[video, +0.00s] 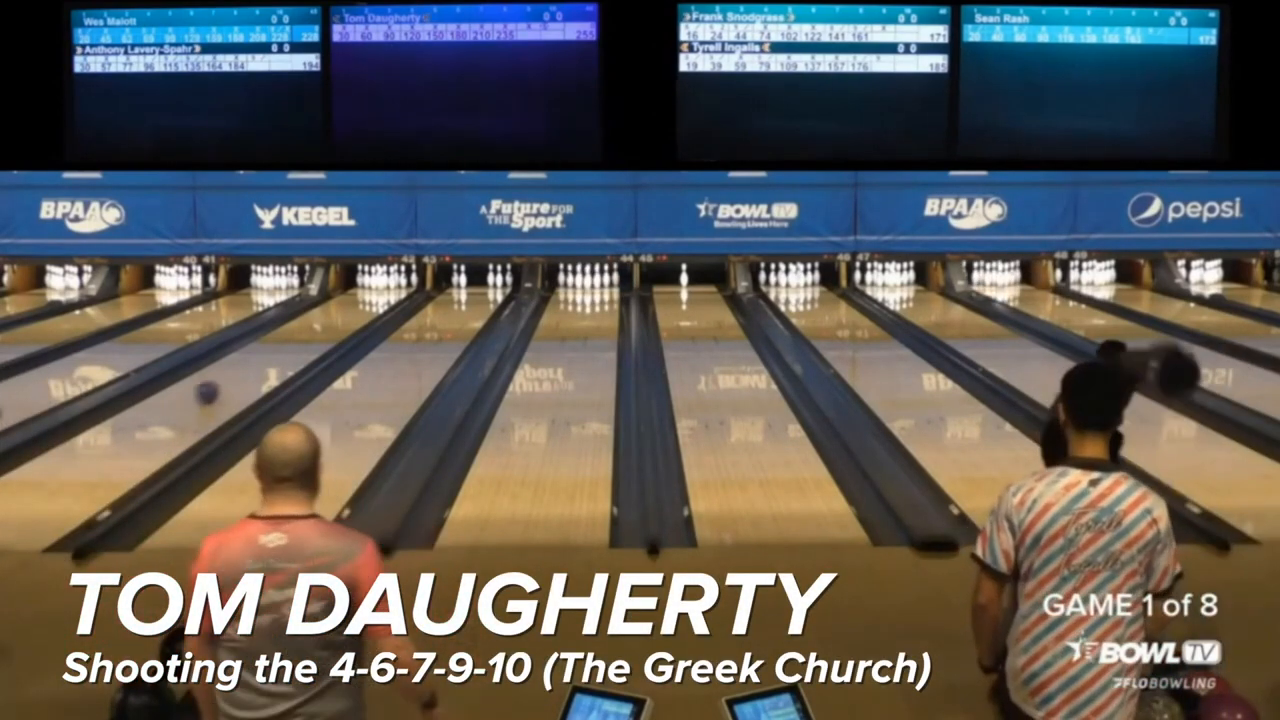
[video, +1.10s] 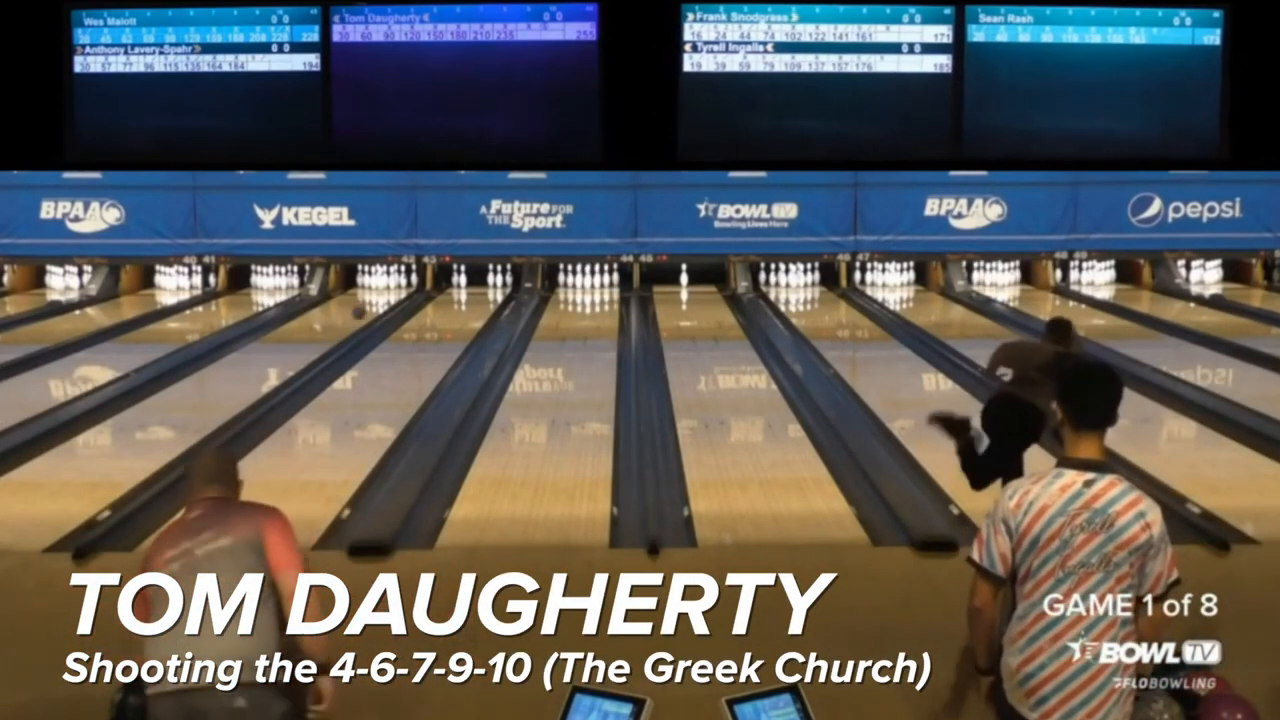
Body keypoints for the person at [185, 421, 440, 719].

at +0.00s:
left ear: (258, 472)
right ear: (317, 472)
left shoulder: (216, 551)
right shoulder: (357, 551)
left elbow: (197, 661)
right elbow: (394, 651)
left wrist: (211, 714)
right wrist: (425, 695)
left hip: (240, 710)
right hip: (330, 709)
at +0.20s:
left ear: (235, 468)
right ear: (294, 469)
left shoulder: (194, 544)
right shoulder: (330, 546)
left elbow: (178, 645)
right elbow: (357, 645)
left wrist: (196, 697)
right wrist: (393, 704)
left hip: (219, 710)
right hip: (309, 710)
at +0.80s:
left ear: (216, 469)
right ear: (271, 467)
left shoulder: (176, 536)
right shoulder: (308, 527)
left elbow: (146, 626)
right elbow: (339, 616)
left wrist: (159, 689)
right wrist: (358, 685)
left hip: (197, 707)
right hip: (287, 706)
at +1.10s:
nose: (242, 485)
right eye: (238, 480)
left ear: (190, 487)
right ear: (236, 485)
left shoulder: (160, 544)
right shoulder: (266, 521)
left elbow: (148, 621)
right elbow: (299, 603)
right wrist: (320, 667)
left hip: (172, 697)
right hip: (254, 692)